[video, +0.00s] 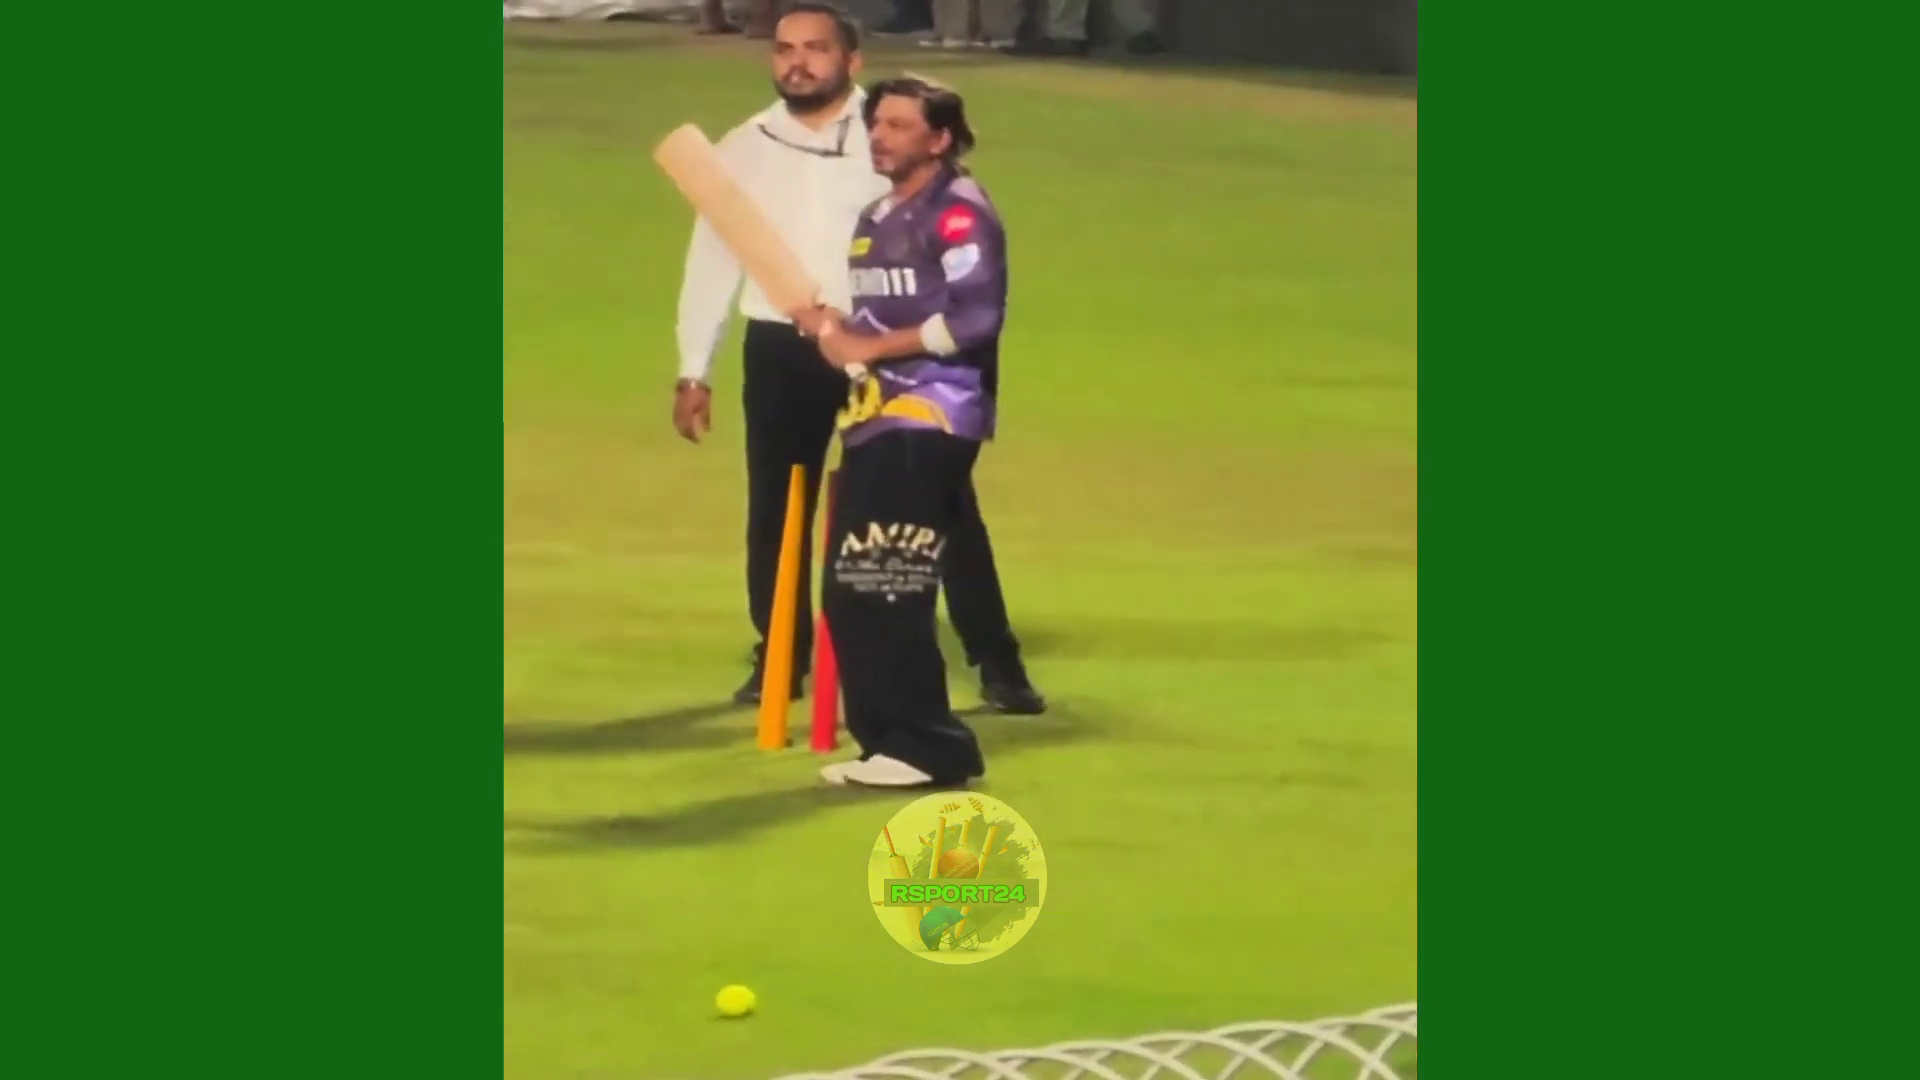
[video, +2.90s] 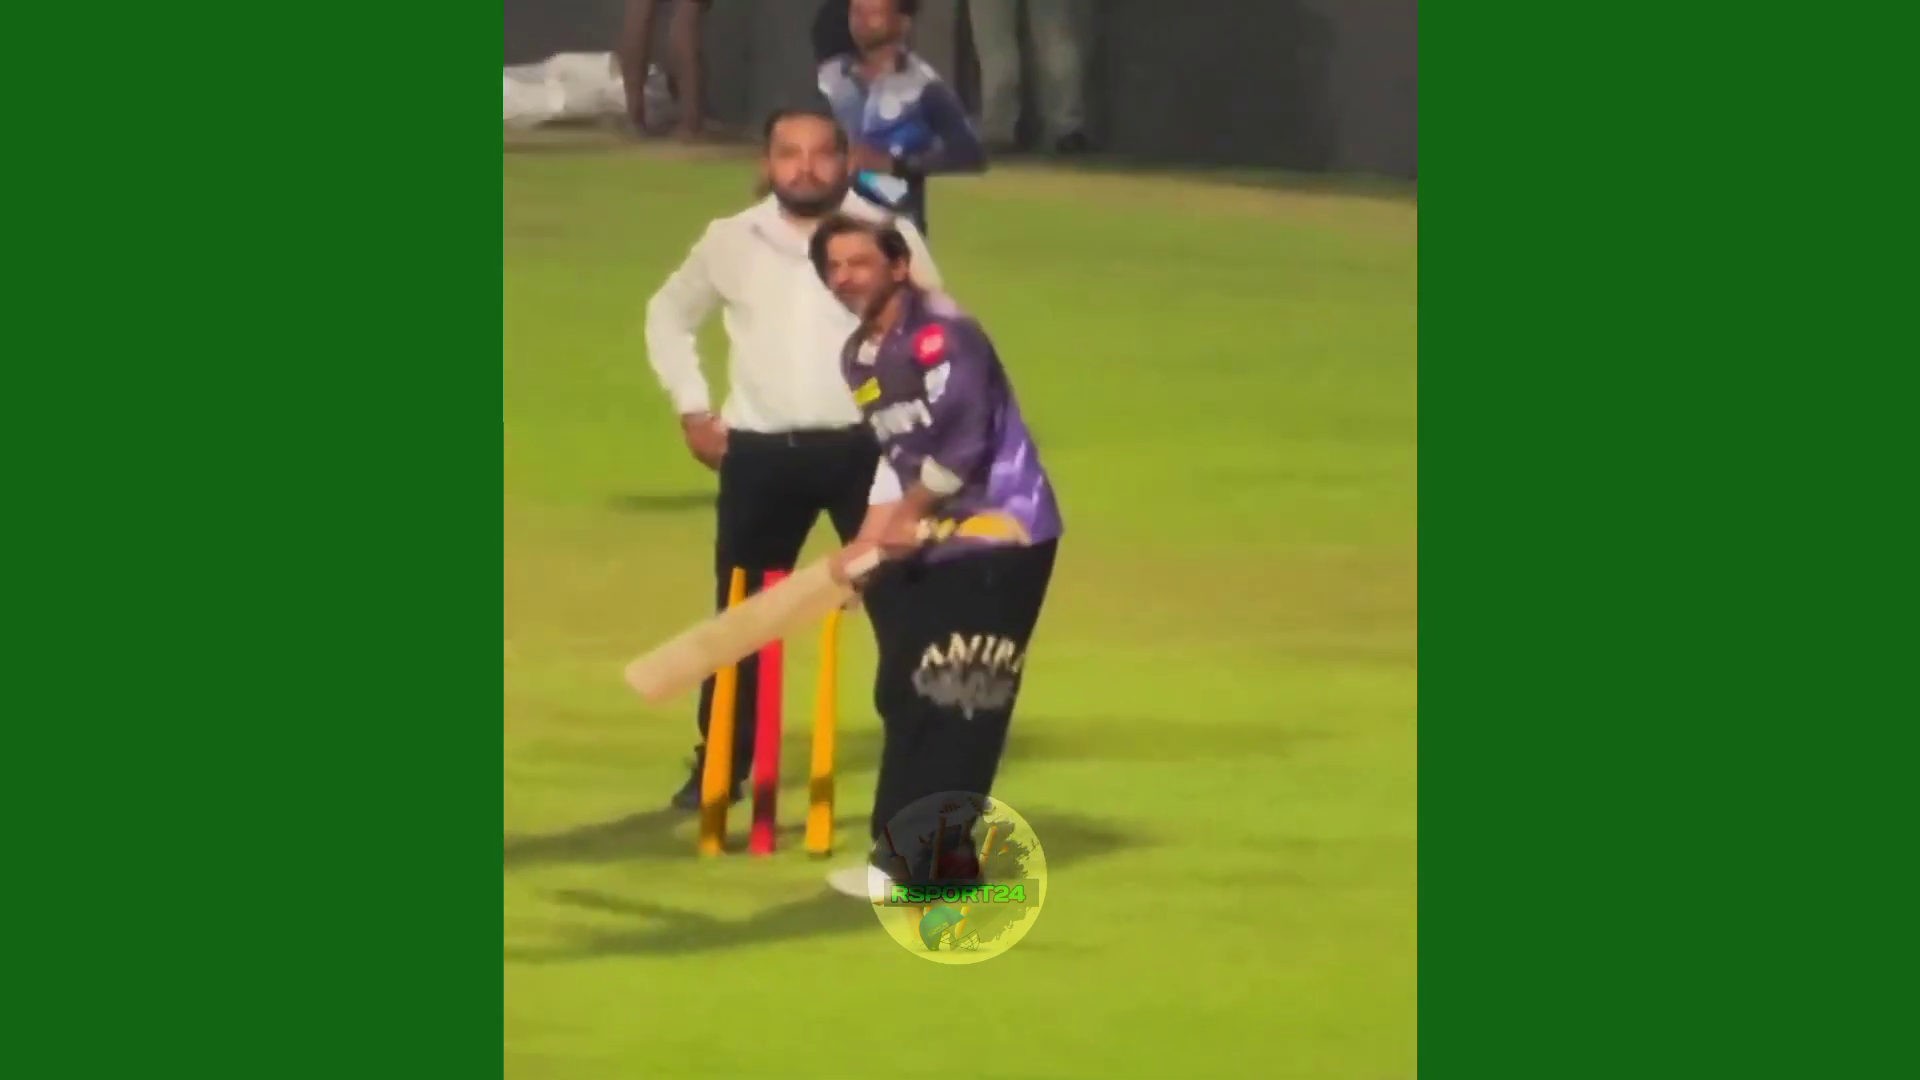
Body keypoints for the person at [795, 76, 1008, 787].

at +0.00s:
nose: (879, 137)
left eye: (896, 128)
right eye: (876, 125)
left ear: (939, 139)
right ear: (870, 132)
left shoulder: (961, 212)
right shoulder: (874, 219)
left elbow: (975, 321)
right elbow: (888, 321)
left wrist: (868, 347)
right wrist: (836, 326)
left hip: (933, 414)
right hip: (881, 411)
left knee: (889, 581)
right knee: (854, 581)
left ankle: (925, 746)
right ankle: (891, 741)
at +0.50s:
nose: (909, 149)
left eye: (919, 136)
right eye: (910, 135)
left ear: (958, 143)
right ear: (952, 144)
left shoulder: (1011, 224)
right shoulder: (941, 233)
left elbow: (994, 345)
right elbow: (942, 345)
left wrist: (917, 406)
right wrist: (899, 403)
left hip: (1015, 441)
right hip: (964, 438)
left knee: (983, 597)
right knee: (914, 587)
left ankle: (992, 762)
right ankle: (923, 748)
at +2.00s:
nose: (884, 217)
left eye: (899, 204)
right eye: (874, 205)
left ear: (941, 208)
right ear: (867, 213)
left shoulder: (982, 285)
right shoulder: (892, 301)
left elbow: (976, 413)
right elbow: (919, 414)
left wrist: (926, 492)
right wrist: (900, 506)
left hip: (1015, 488)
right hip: (958, 490)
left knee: (982, 647)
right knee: (928, 646)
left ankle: (962, 812)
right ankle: (942, 804)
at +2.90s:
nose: (845, 278)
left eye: (859, 263)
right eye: (834, 267)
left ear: (897, 266)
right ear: (826, 277)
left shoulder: (949, 337)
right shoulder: (859, 358)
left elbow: (969, 442)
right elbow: (899, 459)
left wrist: (908, 509)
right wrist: (871, 540)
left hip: (1000, 536)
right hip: (934, 537)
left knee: (957, 698)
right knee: (908, 693)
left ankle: (928, 859)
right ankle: (899, 852)